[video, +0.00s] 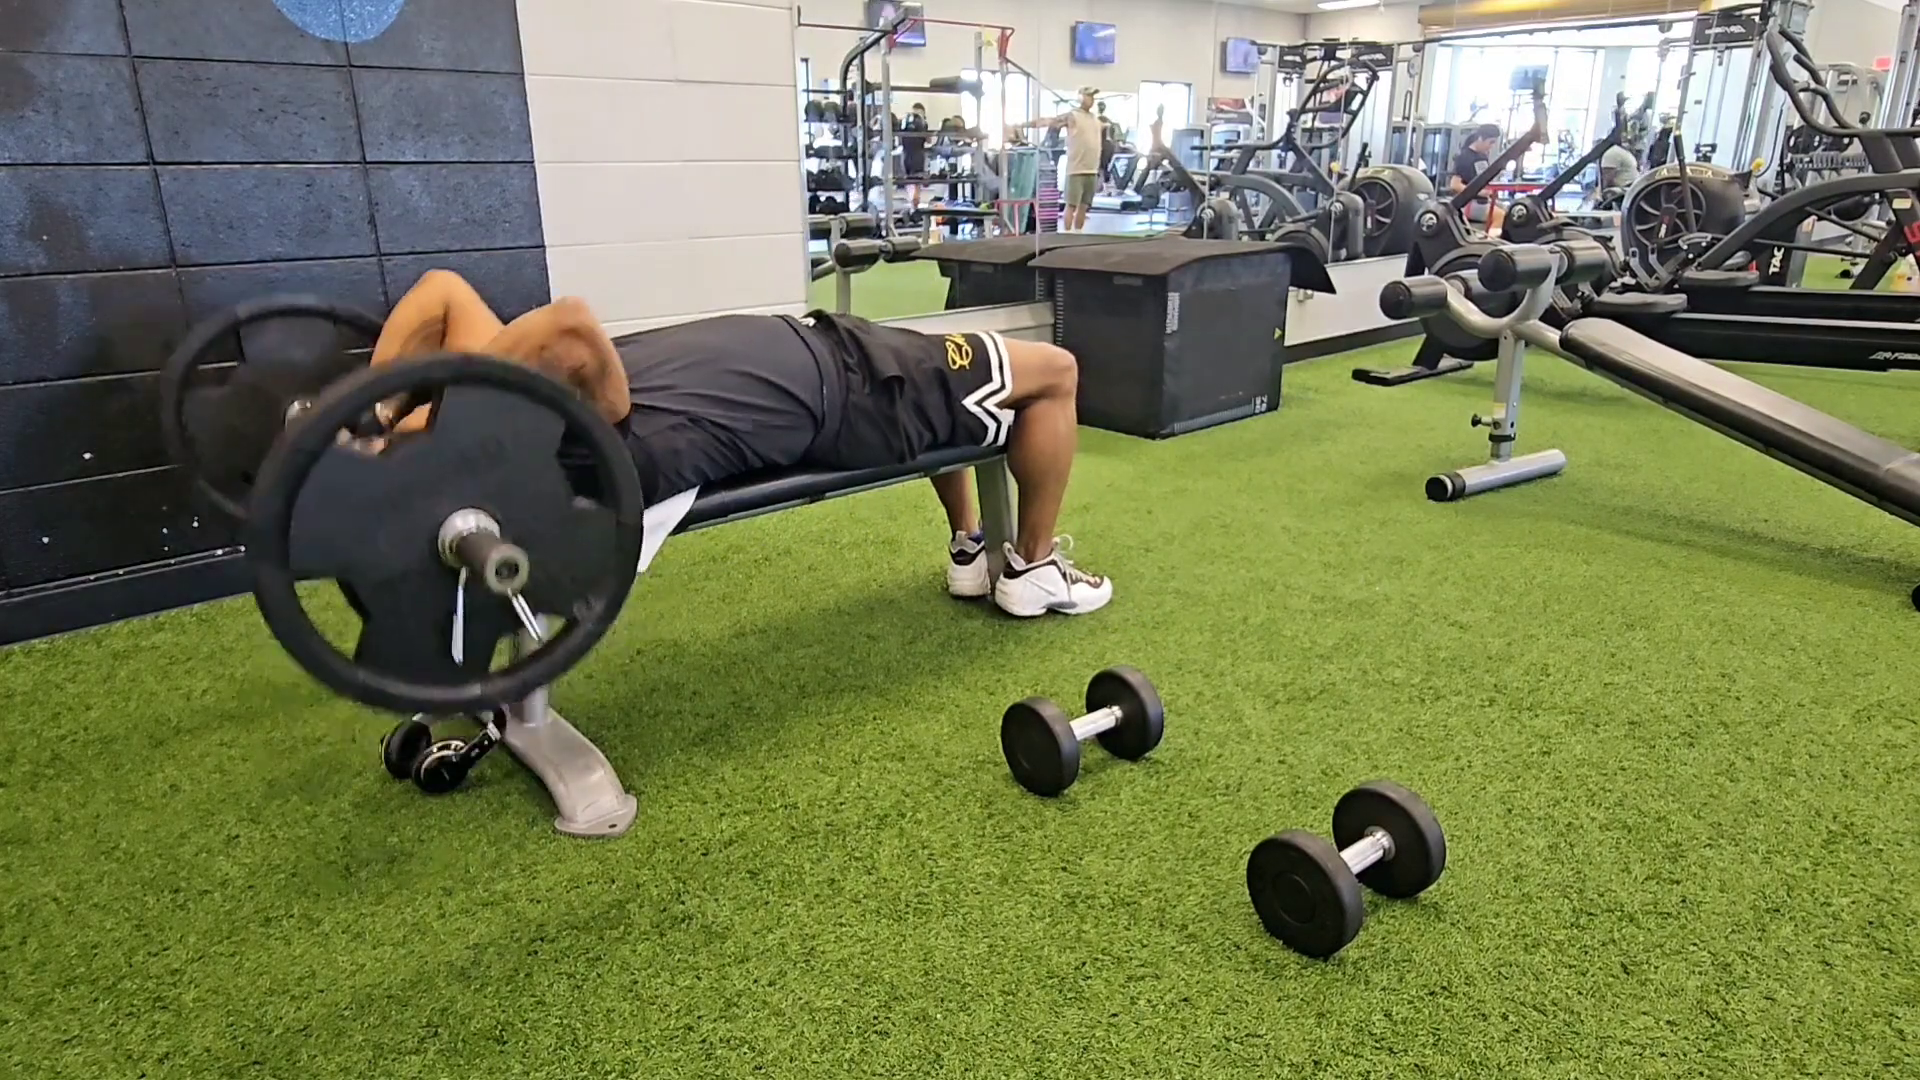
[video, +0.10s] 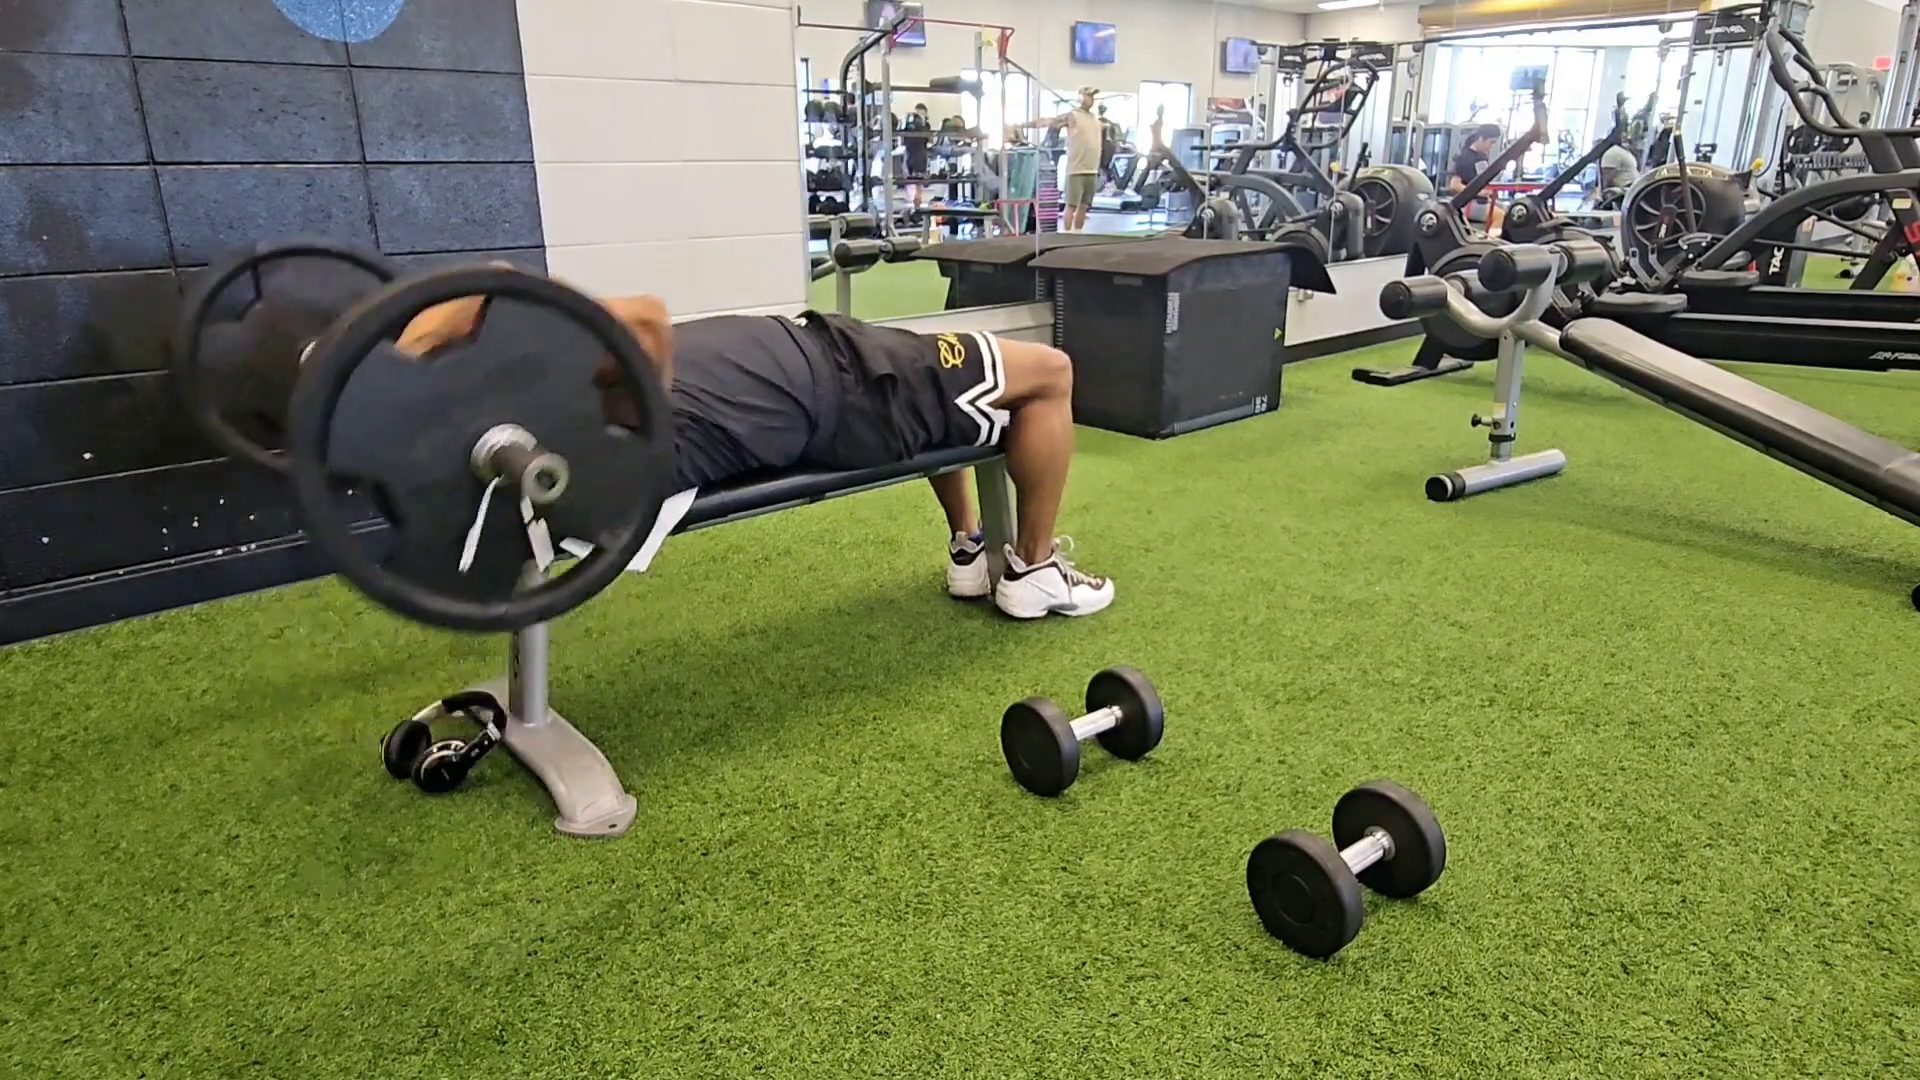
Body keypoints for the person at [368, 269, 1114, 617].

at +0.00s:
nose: (583, 363)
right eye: (575, 365)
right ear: (578, 411)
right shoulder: (620, 461)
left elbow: (438, 288)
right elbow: (570, 319)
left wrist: (383, 409)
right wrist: (452, 411)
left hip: (787, 340)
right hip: (852, 385)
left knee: (930, 354)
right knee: (1056, 371)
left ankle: (972, 543)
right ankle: (1037, 565)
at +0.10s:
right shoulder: (601, 451)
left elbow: (449, 303)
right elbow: (648, 317)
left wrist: (379, 366)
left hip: (764, 350)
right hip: (823, 388)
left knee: (920, 349)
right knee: (1048, 371)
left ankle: (971, 545)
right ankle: (1038, 568)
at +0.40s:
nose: (479, 383)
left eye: (458, 395)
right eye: (470, 410)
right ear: (507, 475)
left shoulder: (538, 405)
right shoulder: (606, 464)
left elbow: (594, 372)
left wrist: (576, 325)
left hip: (779, 367)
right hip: (837, 422)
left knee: (924, 344)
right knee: (1062, 377)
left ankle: (972, 546)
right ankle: (1038, 576)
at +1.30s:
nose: (478, 376)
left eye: (455, 385)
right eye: (467, 404)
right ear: (509, 478)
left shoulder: (547, 400)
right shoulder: (629, 468)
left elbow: (656, 363)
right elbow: (780, 498)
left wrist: (620, 321)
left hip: (784, 380)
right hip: (853, 426)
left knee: (922, 347)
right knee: (1065, 377)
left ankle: (973, 546)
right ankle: (1034, 574)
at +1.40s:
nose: (479, 378)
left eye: (457, 387)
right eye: (468, 406)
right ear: (513, 475)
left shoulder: (550, 389)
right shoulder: (617, 465)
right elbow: (736, 493)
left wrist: (600, 327)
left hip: (785, 360)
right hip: (851, 414)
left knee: (924, 345)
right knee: (1066, 380)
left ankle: (972, 544)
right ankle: (1036, 572)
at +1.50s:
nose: (493, 379)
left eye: (472, 386)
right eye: (485, 403)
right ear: (517, 469)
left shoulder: (554, 400)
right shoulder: (615, 457)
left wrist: (553, 301)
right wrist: (576, 309)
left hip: (800, 349)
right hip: (856, 404)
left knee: (940, 343)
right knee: (1067, 379)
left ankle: (972, 543)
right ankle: (1036, 574)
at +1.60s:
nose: (471, 418)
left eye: (456, 429)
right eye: (468, 433)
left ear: (473, 456)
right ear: (492, 472)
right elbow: (716, 344)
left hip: (794, 347)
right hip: (853, 394)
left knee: (937, 350)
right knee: (1066, 379)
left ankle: (973, 546)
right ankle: (1036, 574)